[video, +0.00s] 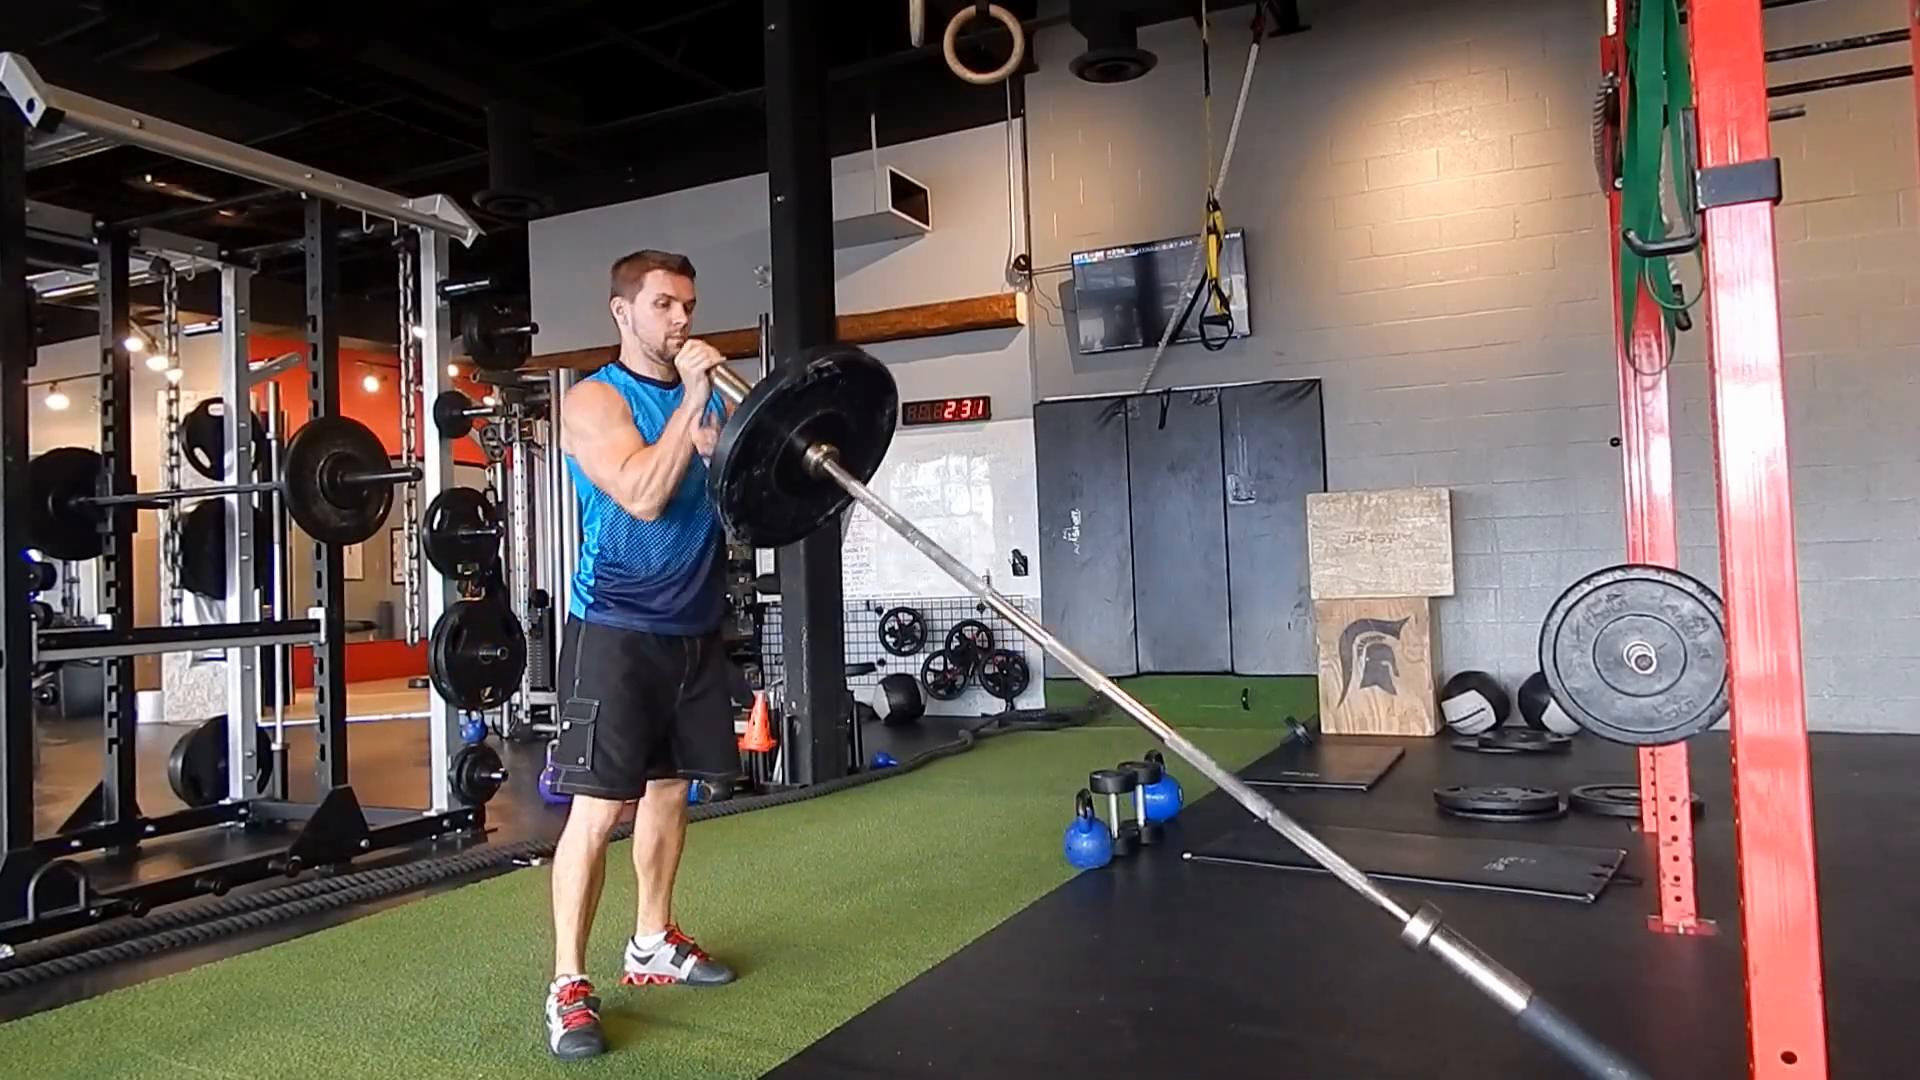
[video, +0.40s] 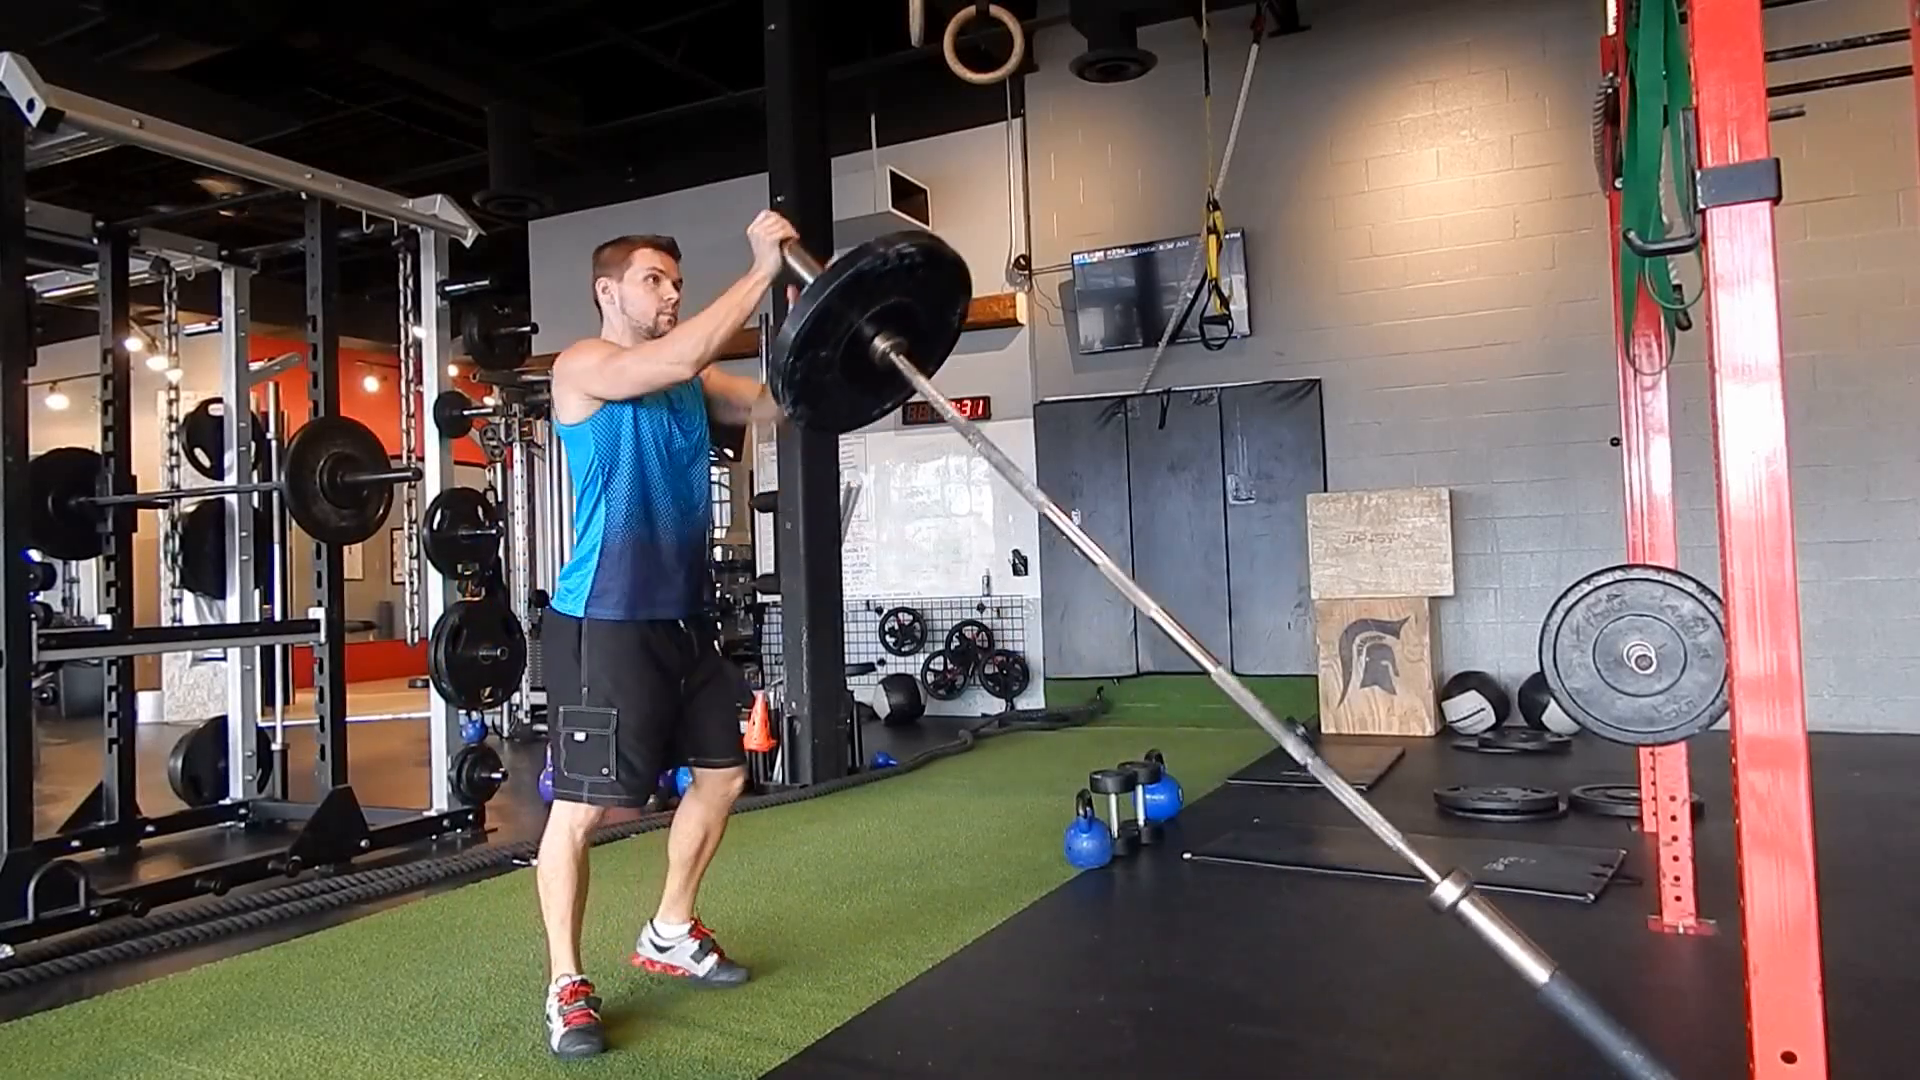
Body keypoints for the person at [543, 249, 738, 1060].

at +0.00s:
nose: (682, 318)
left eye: (688, 306)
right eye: (665, 304)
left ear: (693, 318)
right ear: (621, 311)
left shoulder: (708, 399)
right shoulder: (589, 400)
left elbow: (756, 480)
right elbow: (642, 493)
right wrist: (692, 396)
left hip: (694, 632)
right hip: (616, 632)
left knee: (668, 791)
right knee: (600, 806)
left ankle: (651, 942)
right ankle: (569, 983)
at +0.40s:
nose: (673, 293)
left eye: (677, 283)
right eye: (656, 280)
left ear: (673, 295)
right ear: (606, 291)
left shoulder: (692, 373)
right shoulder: (580, 364)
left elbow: (778, 398)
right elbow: (675, 357)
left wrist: (850, 348)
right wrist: (759, 276)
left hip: (683, 623)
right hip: (601, 623)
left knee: (723, 771)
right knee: (582, 803)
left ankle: (669, 930)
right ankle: (566, 980)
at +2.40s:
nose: (704, 287)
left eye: (705, 277)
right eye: (686, 278)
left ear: (701, 297)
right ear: (640, 297)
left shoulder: (729, 386)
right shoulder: (611, 367)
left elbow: (811, 339)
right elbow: (710, 282)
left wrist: (864, 249)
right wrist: (797, 194)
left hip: (712, 647)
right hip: (624, 645)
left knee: (727, 797)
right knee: (564, 834)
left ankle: (685, 960)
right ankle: (484, 1030)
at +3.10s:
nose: (671, 314)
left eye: (681, 301)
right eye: (655, 302)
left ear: (698, 318)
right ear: (622, 318)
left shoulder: (721, 399)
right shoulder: (580, 391)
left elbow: (794, 341)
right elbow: (621, 318)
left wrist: (783, 239)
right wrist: (698, 211)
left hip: (705, 659)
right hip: (601, 659)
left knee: (737, 808)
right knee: (536, 831)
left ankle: (687, 956)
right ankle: (479, 1026)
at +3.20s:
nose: (655, 333)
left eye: (671, 320)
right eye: (642, 318)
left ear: (695, 331)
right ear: (615, 325)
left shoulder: (715, 411)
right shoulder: (574, 405)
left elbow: (767, 355)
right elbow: (570, 357)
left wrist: (728, 283)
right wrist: (634, 259)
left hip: (697, 662)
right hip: (586, 663)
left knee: (734, 815)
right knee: (519, 831)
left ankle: (695, 948)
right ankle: (475, 1027)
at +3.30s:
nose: (643, 336)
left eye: (658, 320)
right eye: (630, 321)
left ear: (685, 330)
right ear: (605, 335)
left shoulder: (704, 419)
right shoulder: (569, 405)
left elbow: (743, 396)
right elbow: (530, 419)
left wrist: (683, 322)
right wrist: (567, 324)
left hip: (684, 665)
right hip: (570, 665)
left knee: (728, 821)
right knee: (506, 828)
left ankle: (711, 940)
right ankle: (473, 1029)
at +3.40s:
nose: (620, 342)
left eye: (636, 326)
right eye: (604, 329)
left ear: (666, 326)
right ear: (585, 332)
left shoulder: (694, 397)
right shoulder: (554, 394)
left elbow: (694, 448)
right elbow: (496, 483)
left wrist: (625, 386)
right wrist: (504, 403)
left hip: (671, 667)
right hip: (557, 668)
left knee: (722, 832)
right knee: (491, 834)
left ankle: (727, 935)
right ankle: (472, 1032)